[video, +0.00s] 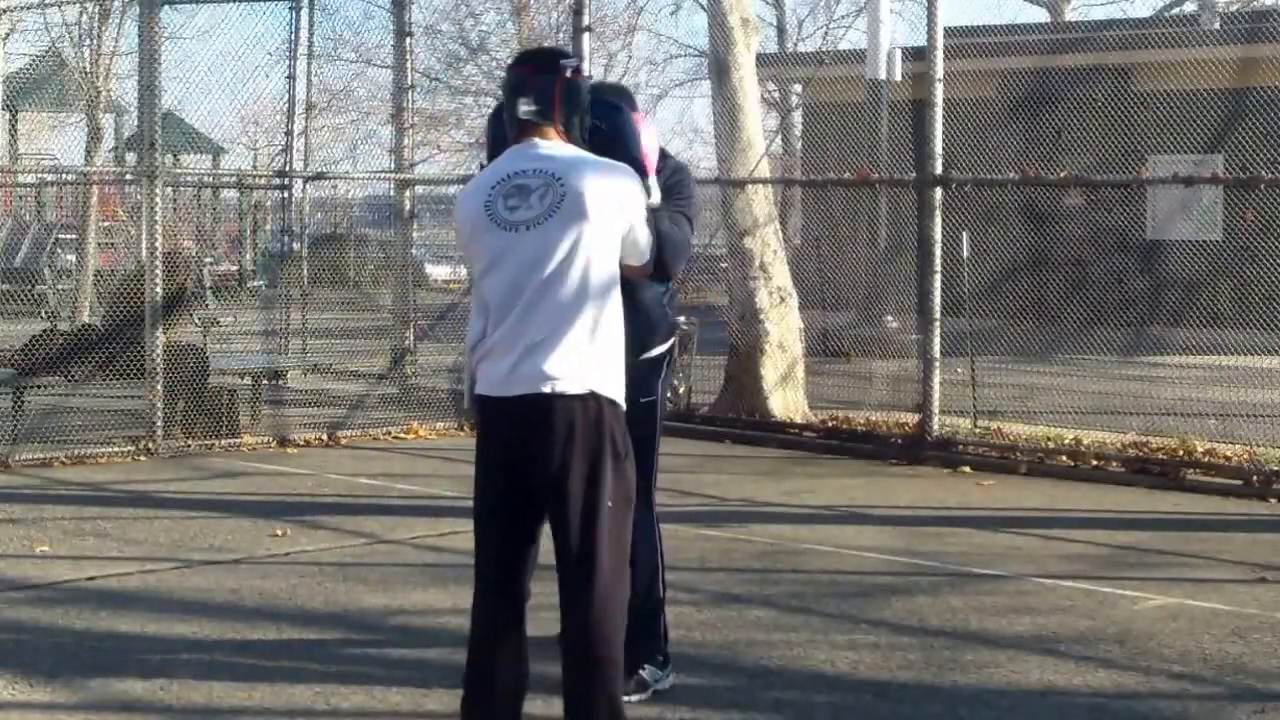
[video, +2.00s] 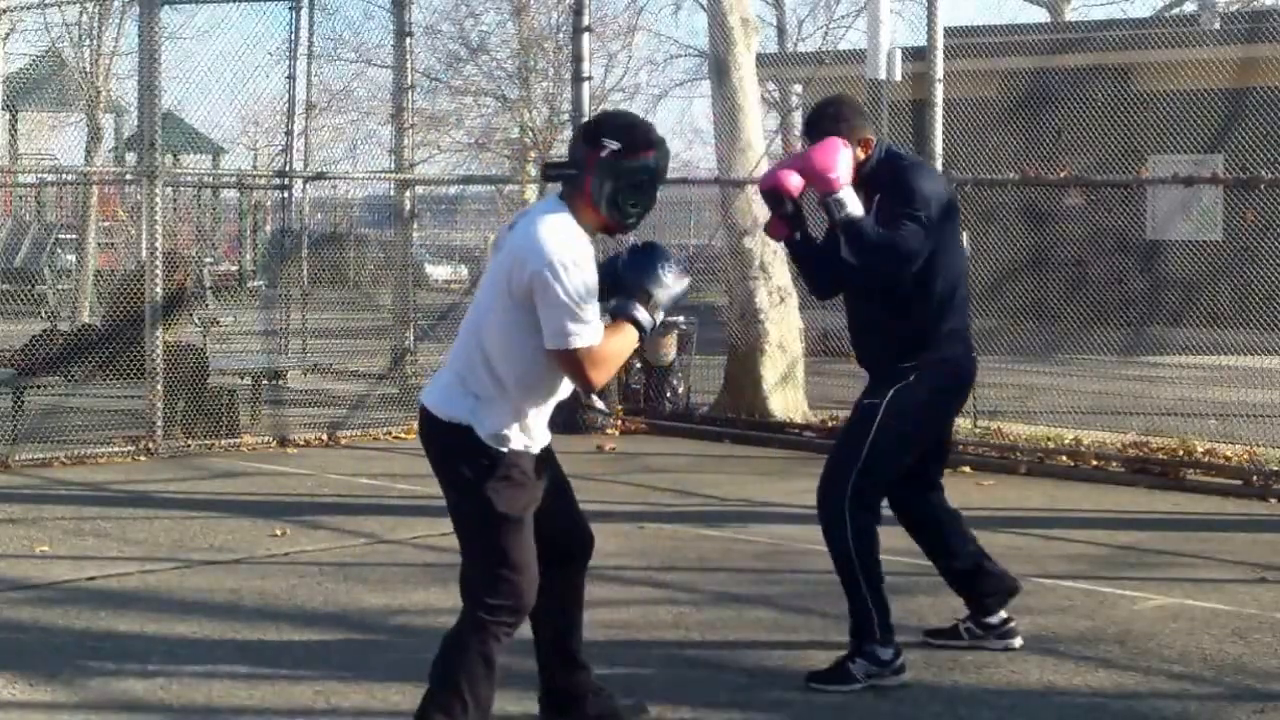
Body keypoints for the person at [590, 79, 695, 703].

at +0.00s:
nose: (598, 146)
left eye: (606, 132)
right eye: (589, 136)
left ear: (632, 127)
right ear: (581, 136)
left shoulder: (667, 173)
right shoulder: (571, 176)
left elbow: (673, 256)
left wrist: (639, 189)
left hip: (638, 359)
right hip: (573, 357)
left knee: (635, 506)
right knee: (582, 510)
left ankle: (646, 654)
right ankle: (592, 659)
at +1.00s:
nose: (631, 150)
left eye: (637, 138)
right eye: (625, 142)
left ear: (663, 126)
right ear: (634, 139)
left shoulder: (725, 166)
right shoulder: (638, 180)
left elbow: (688, 230)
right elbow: (623, 245)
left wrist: (648, 163)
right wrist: (593, 167)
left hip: (734, 354)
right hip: (676, 362)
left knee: (699, 488)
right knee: (655, 488)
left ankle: (732, 655)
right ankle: (685, 623)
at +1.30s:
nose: (666, 181)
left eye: (669, 169)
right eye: (660, 173)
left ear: (699, 154)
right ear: (689, 159)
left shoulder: (761, 186)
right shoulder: (691, 198)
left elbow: (710, 266)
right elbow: (658, 273)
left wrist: (697, 187)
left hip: (775, 365)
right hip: (724, 370)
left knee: (739, 506)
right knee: (697, 490)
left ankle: (758, 680)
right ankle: (715, 619)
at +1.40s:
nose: (688, 191)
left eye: (692, 181)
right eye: (682, 182)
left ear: (718, 164)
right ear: (695, 169)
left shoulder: (779, 193)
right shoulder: (715, 186)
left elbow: (729, 272)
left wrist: (695, 219)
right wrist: (654, 207)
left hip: (789, 369)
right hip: (735, 366)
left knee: (740, 507)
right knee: (706, 491)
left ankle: (756, 681)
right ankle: (786, 593)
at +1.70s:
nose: (752, 190)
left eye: (757, 179)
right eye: (744, 184)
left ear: (786, 163)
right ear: (751, 180)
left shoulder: (855, 195)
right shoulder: (777, 207)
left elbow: (813, 268)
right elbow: (743, 291)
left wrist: (769, 204)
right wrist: (717, 226)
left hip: (860, 374)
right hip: (816, 374)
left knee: (812, 507)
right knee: (784, 504)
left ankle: (791, 661)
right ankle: (849, 612)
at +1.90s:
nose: (793, 160)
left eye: (797, 148)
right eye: (787, 154)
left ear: (826, 130)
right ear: (815, 140)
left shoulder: (884, 158)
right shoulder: (834, 177)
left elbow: (850, 231)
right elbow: (793, 260)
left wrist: (805, 171)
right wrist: (755, 206)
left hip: (908, 346)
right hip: (884, 348)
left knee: (840, 492)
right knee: (861, 483)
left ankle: (877, 646)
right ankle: (914, 593)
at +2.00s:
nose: (830, 170)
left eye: (834, 158)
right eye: (822, 161)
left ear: (864, 144)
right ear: (831, 156)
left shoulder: (912, 179)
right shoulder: (856, 196)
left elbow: (897, 259)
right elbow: (827, 281)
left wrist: (842, 201)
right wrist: (791, 230)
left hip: (923, 367)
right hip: (907, 367)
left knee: (843, 496)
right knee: (913, 492)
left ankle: (875, 650)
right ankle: (991, 608)